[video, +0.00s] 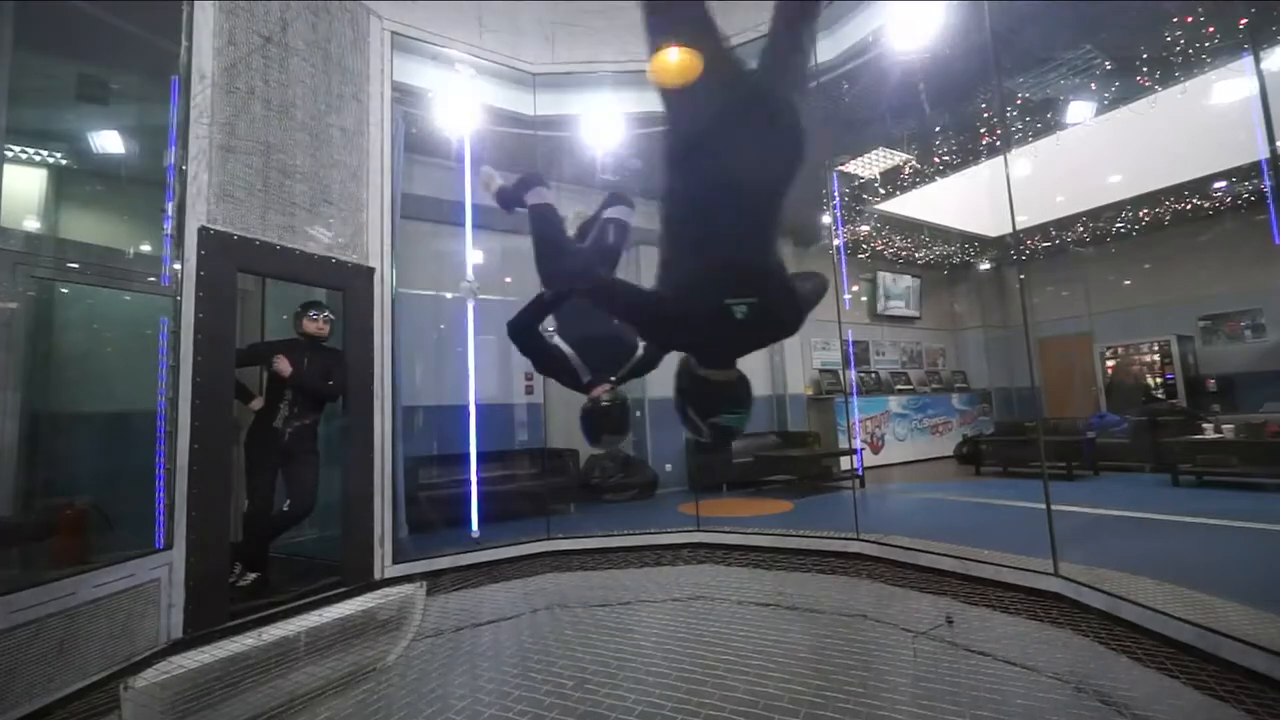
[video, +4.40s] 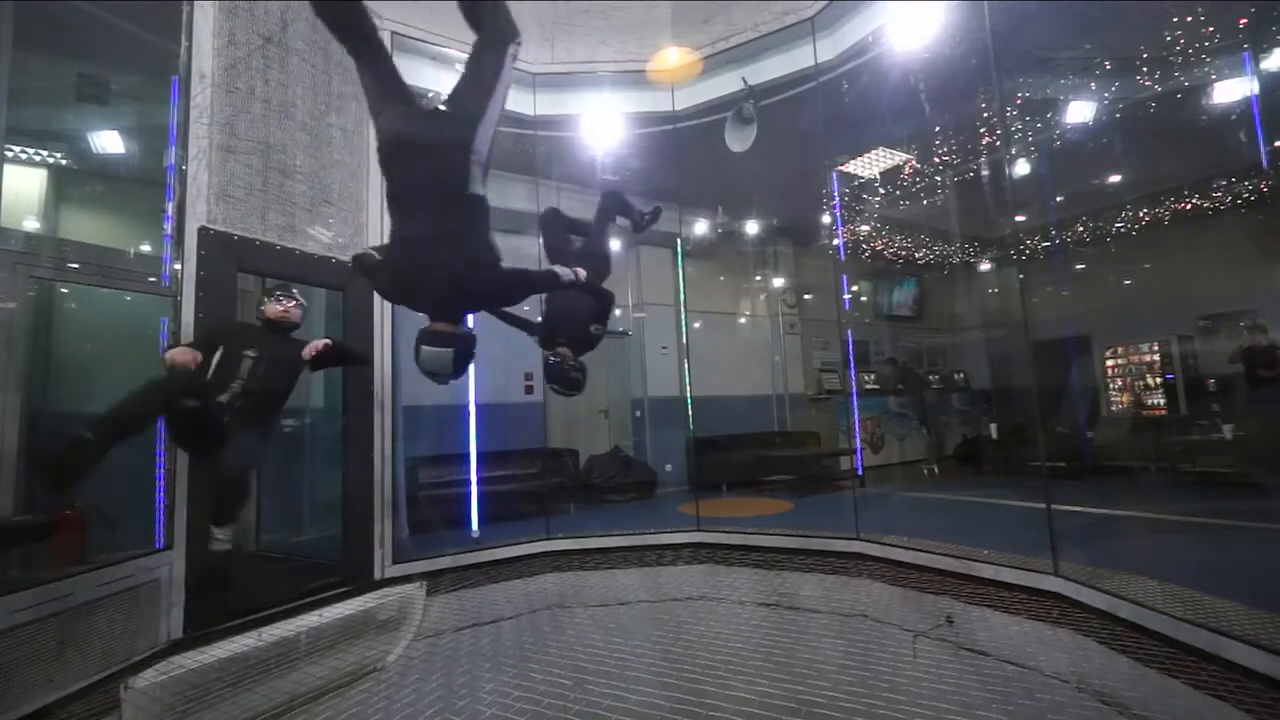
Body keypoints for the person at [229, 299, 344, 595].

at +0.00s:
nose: (321, 324)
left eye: (326, 320)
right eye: (313, 318)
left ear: (331, 325)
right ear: (300, 323)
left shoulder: (334, 357)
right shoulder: (279, 348)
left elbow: (333, 392)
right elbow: (224, 361)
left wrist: (292, 374)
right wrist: (250, 398)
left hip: (302, 440)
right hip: (264, 436)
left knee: (302, 505)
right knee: (260, 504)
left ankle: (242, 552)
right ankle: (255, 569)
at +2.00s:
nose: (325, 314)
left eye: (328, 311)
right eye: (318, 309)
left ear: (331, 318)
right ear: (301, 313)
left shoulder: (331, 353)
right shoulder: (271, 344)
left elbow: (341, 394)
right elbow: (249, 382)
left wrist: (324, 368)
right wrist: (287, 364)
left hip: (314, 438)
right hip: (277, 436)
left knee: (298, 501)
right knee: (270, 499)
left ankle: (286, 571)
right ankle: (267, 564)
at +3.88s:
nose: (315, 311)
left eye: (318, 307)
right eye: (306, 306)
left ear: (322, 313)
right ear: (289, 311)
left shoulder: (320, 351)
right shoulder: (264, 339)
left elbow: (353, 371)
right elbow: (230, 365)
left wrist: (356, 353)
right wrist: (273, 357)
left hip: (300, 437)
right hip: (263, 431)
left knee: (301, 508)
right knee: (230, 458)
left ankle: (282, 573)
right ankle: (227, 534)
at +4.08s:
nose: (310, 317)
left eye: (314, 313)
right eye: (301, 312)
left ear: (320, 322)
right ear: (284, 320)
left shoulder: (317, 355)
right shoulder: (262, 347)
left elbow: (335, 357)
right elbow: (209, 365)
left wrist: (352, 361)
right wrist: (252, 363)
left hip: (295, 446)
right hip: (256, 438)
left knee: (301, 517)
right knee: (216, 445)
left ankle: (281, 577)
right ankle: (191, 518)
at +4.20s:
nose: (305, 312)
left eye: (310, 309)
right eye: (297, 306)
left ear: (314, 321)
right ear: (280, 313)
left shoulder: (312, 352)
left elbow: (329, 356)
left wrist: (341, 356)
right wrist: (218, 349)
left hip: (282, 440)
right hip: (243, 431)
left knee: (288, 516)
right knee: (204, 426)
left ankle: (279, 575)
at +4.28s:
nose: (299, 306)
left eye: (305, 304)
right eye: (291, 301)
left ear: (309, 318)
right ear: (275, 308)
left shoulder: (309, 349)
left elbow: (364, 356)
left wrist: (338, 350)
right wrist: (182, 349)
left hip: (265, 434)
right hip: (222, 419)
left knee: (270, 518)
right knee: (194, 418)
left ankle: (265, 553)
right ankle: (124, 466)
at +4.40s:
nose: (287, 305)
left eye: (294, 304)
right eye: (280, 300)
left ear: (300, 318)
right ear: (263, 307)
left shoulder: (301, 350)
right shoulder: (231, 331)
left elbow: (363, 360)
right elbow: (180, 352)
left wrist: (333, 348)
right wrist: (175, 355)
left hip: (239, 440)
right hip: (199, 423)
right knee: (168, 385)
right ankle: (91, 442)